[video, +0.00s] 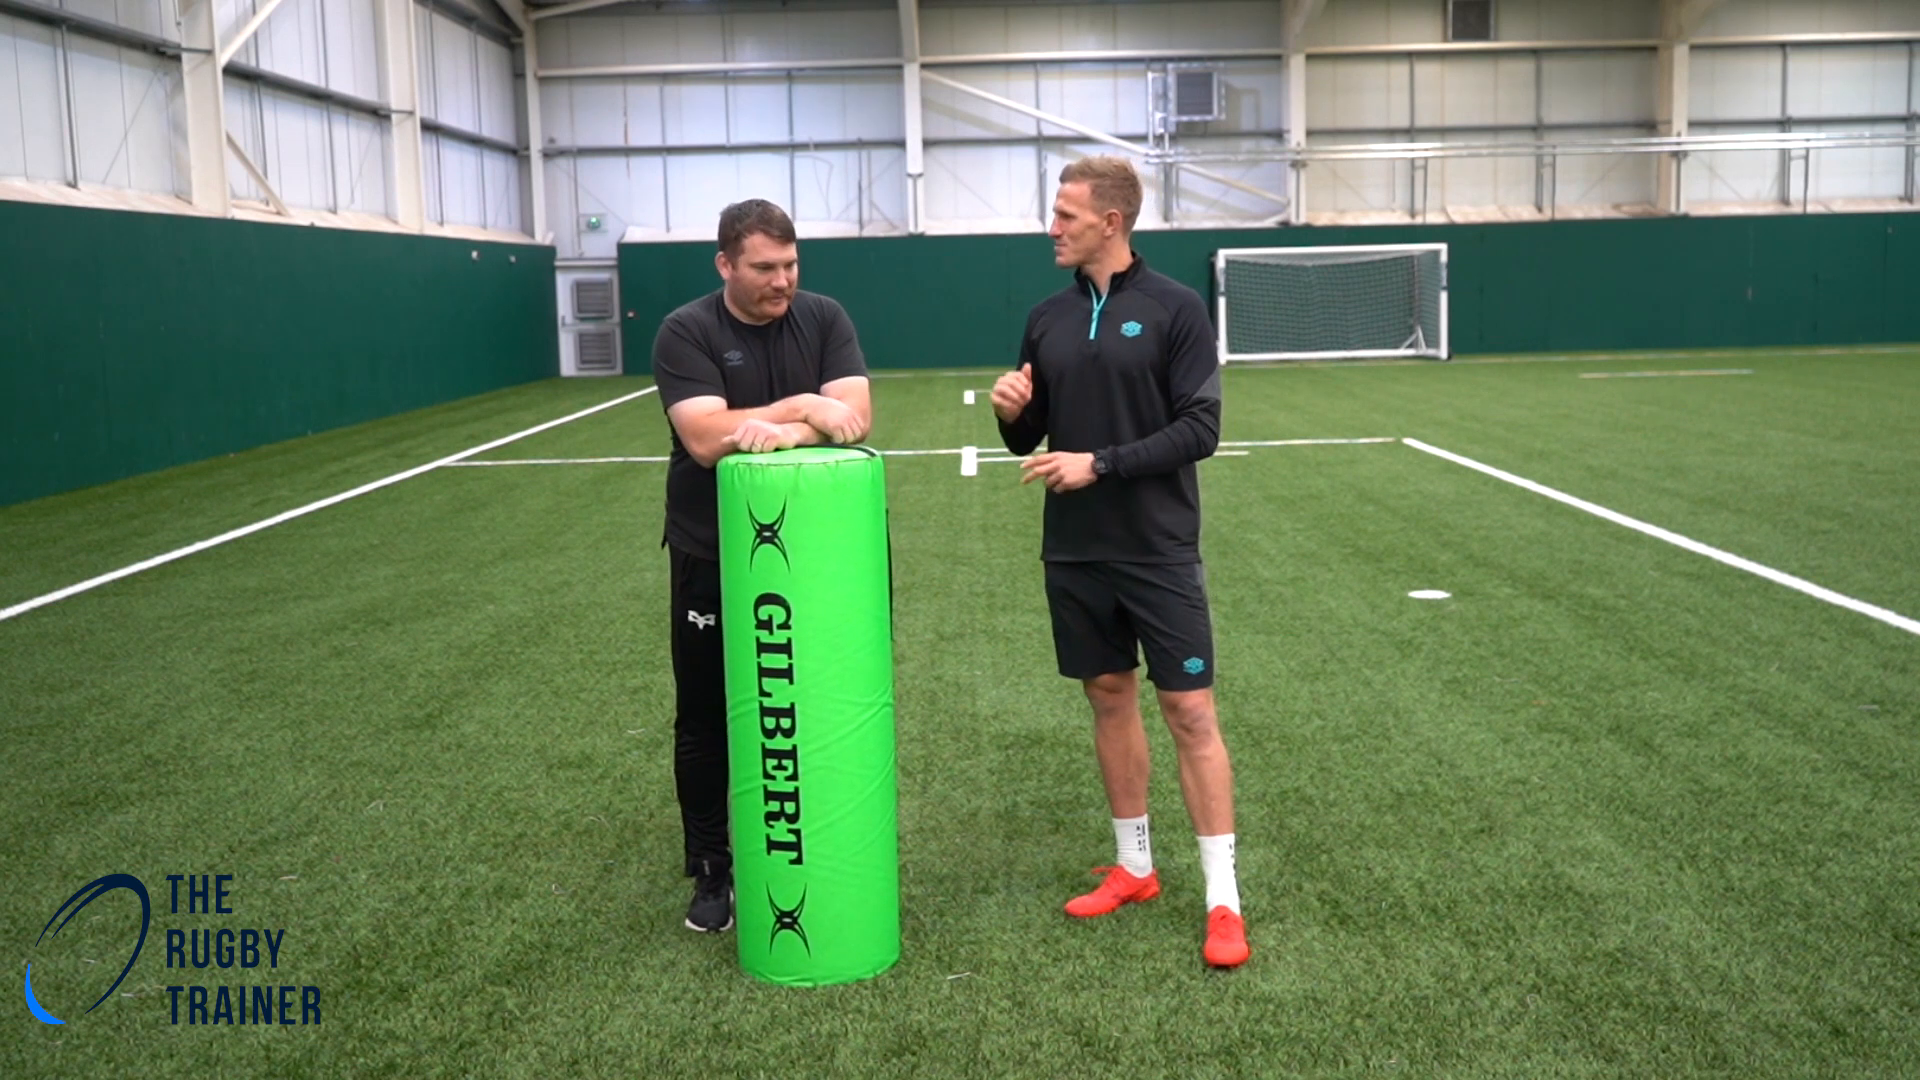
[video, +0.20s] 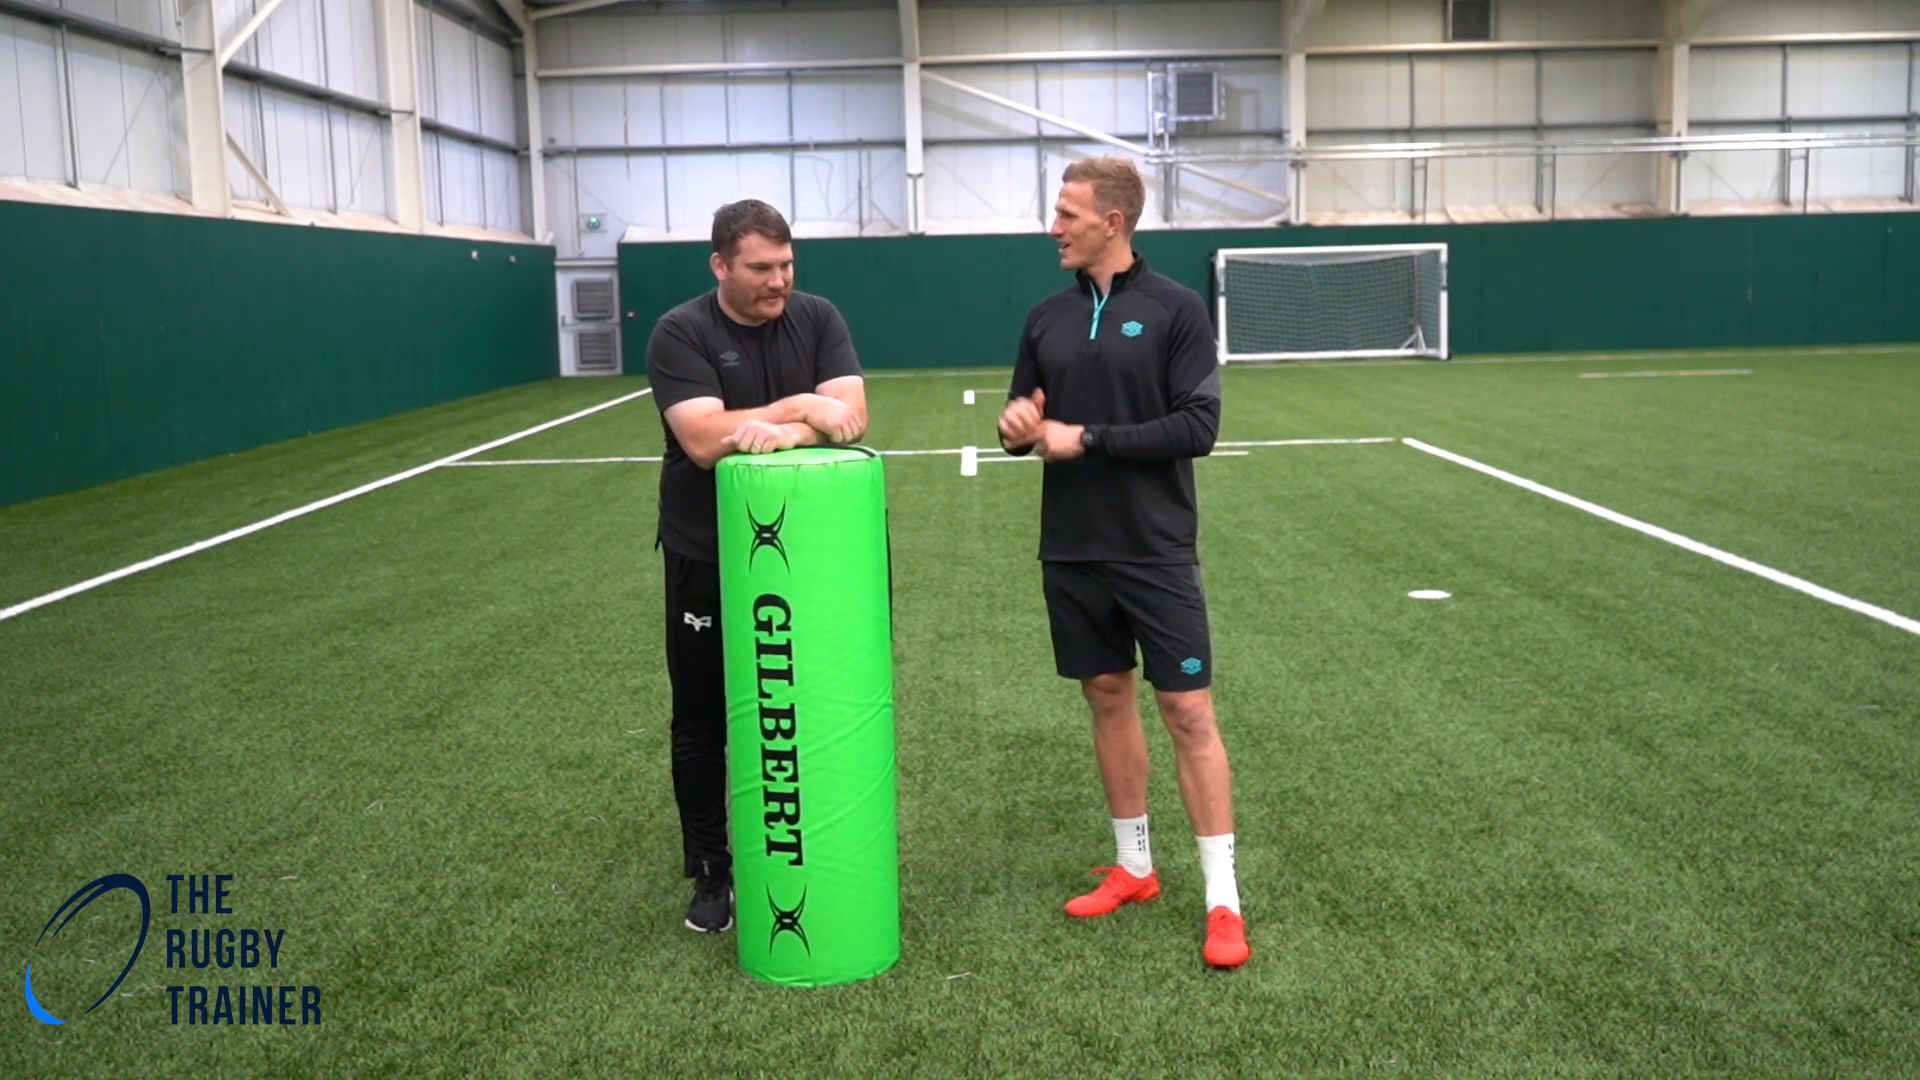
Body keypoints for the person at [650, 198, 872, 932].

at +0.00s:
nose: (780, 280)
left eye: (789, 265)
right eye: (764, 268)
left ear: (797, 259)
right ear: (724, 265)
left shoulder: (824, 318)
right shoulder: (687, 331)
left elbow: (853, 421)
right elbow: (704, 438)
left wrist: (772, 423)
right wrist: (809, 409)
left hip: (809, 552)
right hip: (710, 554)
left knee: (810, 710)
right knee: (707, 715)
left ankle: (815, 866)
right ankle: (713, 872)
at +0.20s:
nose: (778, 280)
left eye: (786, 265)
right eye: (762, 268)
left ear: (792, 259)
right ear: (719, 266)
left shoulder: (817, 317)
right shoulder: (681, 333)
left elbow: (849, 419)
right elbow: (701, 439)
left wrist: (767, 424)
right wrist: (810, 410)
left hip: (804, 555)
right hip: (705, 556)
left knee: (807, 712)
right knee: (703, 719)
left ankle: (811, 868)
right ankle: (713, 876)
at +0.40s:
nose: (774, 280)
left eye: (781, 265)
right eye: (757, 269)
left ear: (787, 260)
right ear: (714, 267)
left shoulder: (812, 317)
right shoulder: (676, 334)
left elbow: (845, 419)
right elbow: (699, 440)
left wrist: (764, 425)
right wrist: (806, 410)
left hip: (800, 554)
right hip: (701, 555)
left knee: (804, 709)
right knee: (701, 717)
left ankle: (808, 864)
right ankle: (712, 873)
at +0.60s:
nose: (767, 280)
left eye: (774, 265)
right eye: (751, 269)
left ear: (782, 259)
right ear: (708, 268)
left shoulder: (809, 317)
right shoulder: (671, 334)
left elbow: (843, 419)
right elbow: (694, 441)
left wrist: (760, 422)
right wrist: (802, 412)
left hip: (798, 554)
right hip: (699, 556)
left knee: (802, 710)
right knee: (700, 719)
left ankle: (807, 865)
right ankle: (712, 872)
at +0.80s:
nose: (759, 279)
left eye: (767, 263)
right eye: (741, 268)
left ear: (775, 256)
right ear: (702, 268)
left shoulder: (807, 315)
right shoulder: (668, 335)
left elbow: (842, 419)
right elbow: (690, 441)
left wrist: (761, 424)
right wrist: (796, 409)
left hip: (800, 553)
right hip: (701, 556)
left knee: (805, 709)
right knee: (702, 717)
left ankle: (810, 865)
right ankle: (712, 871)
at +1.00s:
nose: (756, 275)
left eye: (764, 259)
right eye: (738, 264)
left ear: (773, 253)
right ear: (699, 266)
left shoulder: (808, 314)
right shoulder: (668, 335)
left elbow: (843, 417)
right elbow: (692, 439)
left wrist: (762, 426)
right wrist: (797, 408)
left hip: (803, 553)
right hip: (706, 557)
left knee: (808, 709)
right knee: (705, 717)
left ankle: (811, 866)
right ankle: (713, 873)